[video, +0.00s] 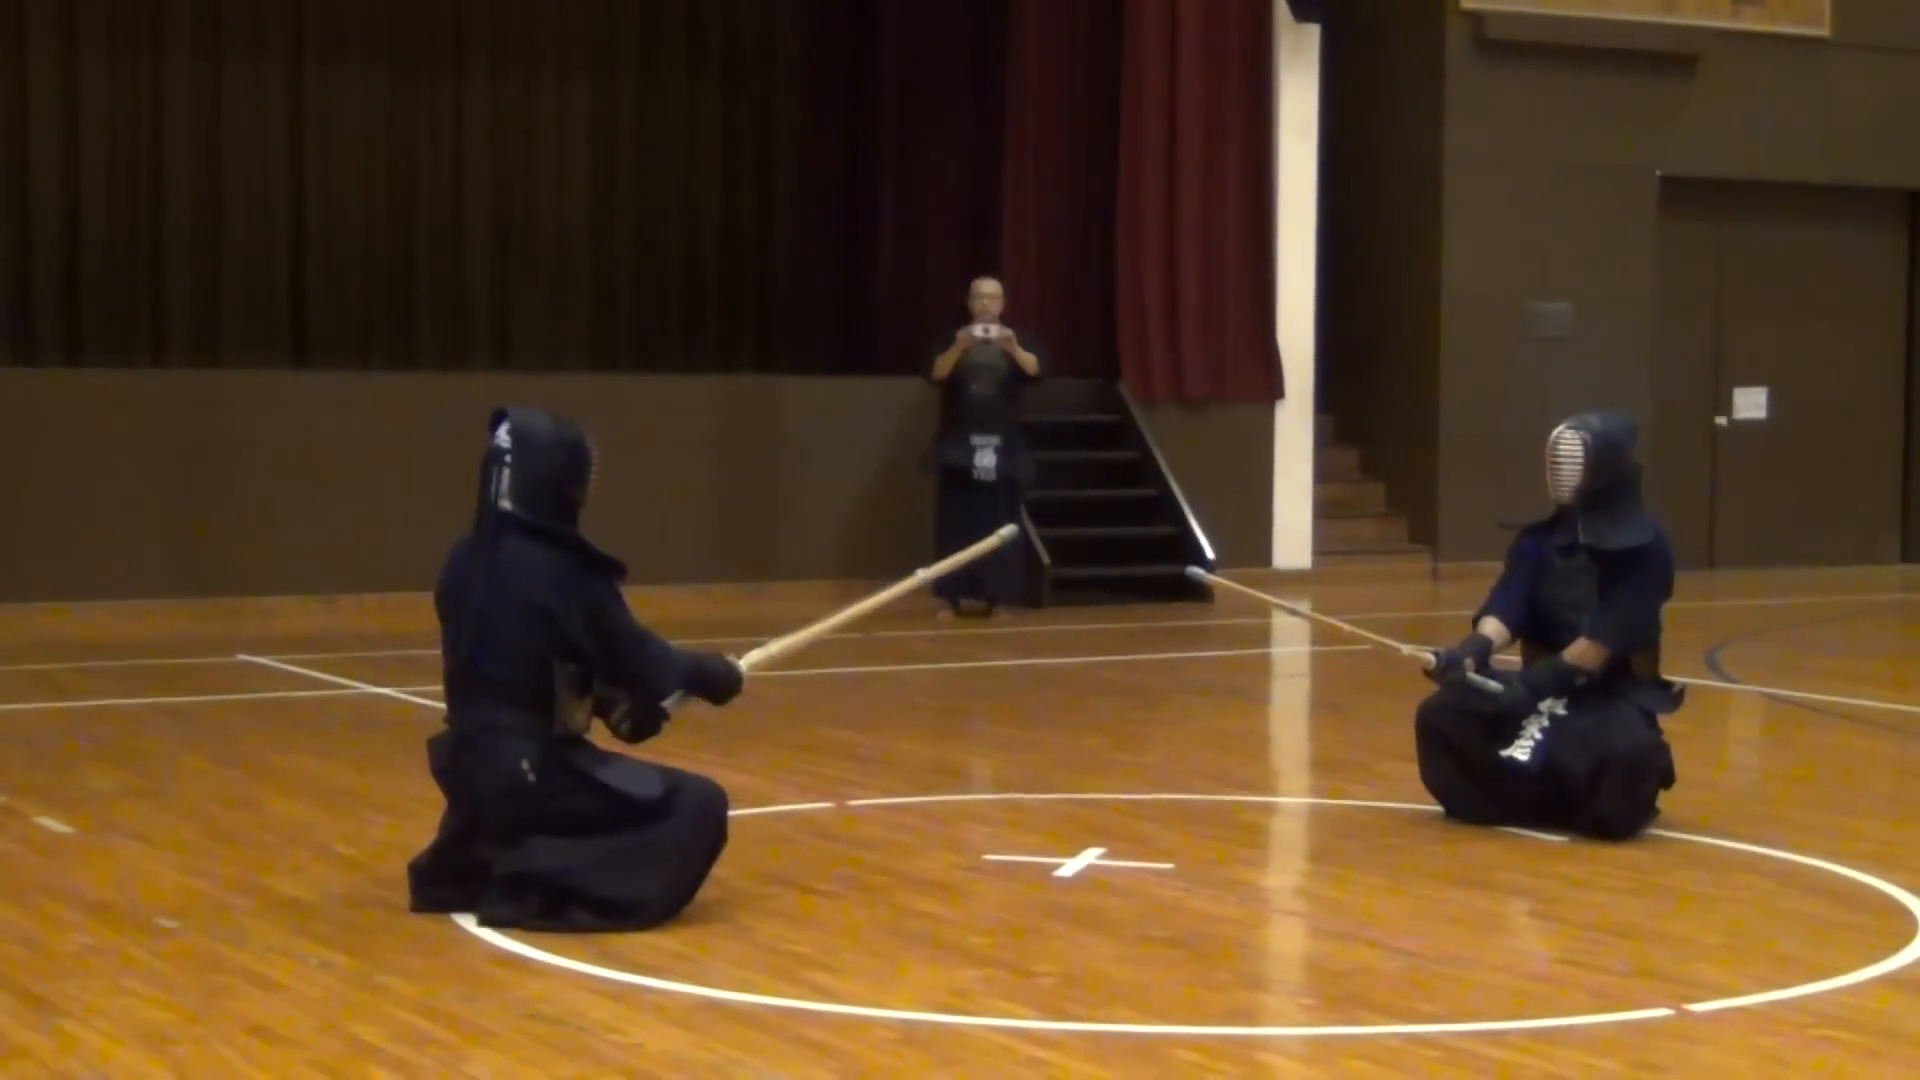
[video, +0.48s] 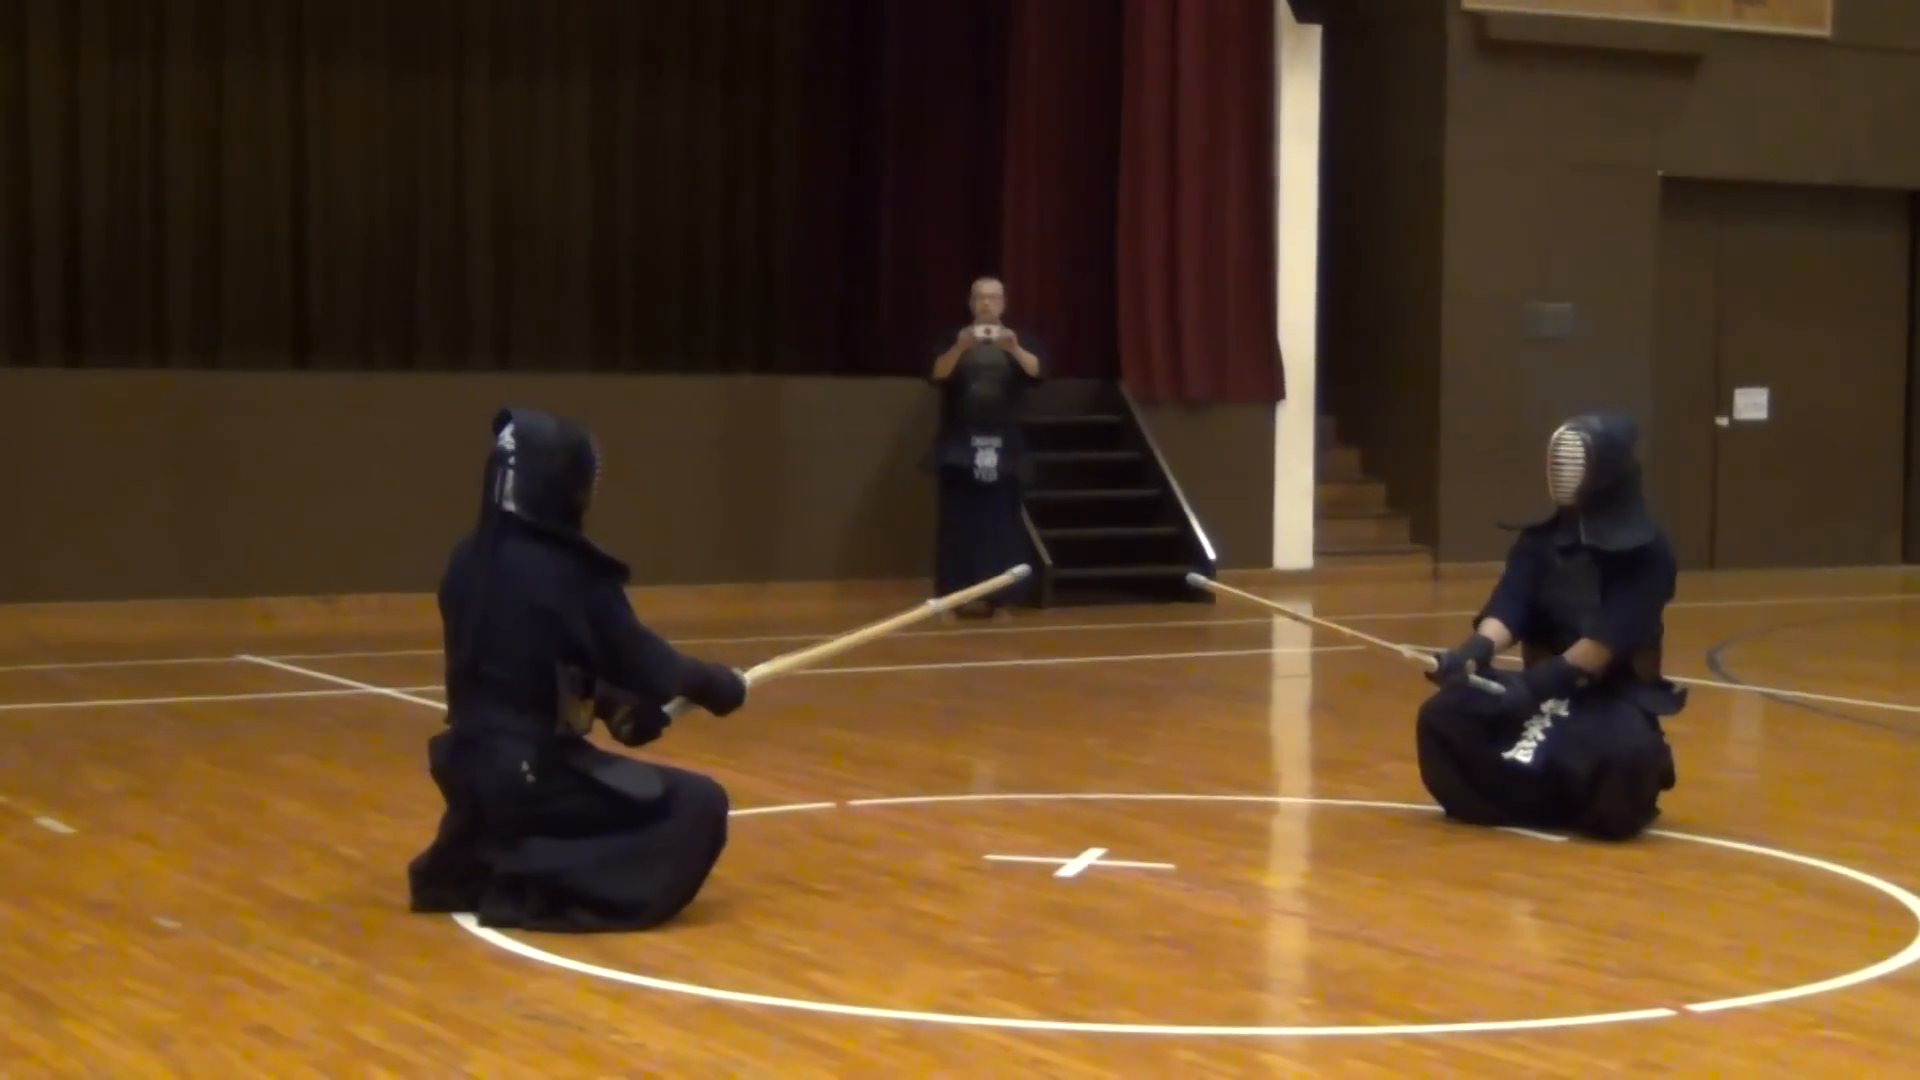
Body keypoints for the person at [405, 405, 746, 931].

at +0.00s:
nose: (583, 493)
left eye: (581, 479)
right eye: (577, 480)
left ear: (500, 478)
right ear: (555, 485)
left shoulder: (466, 558)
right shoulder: (564, 572)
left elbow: (528, 653)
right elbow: (635, 658)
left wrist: (605, 693)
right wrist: (704, 672)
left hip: (463, 763)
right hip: (532, 775)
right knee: (696, 806)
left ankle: (455, 869)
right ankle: (540, 884)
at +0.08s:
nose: (582, 492)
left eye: (581, 478)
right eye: (576, 479)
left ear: (499, 477)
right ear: (555, 485)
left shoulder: (465, 558)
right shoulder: (565, 571)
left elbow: (528, 655)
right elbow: (633, 658)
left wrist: (605, 695)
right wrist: (701, 674)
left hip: (462, 762)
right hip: (531, 775)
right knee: (696, 806)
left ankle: (456, 869)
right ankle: (542, 885)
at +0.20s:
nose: (584, 490)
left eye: (582, 476)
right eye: (578, 477)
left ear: (499, 478)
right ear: (557, 485)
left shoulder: (468, 558)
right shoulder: (566, 572)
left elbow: (528, 658)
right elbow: (635, 660)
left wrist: (608, 698)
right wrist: (702, 677)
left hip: (463, 762)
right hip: (531, 776)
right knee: (696, 806)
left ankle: (456, 868)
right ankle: (536, 886)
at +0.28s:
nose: (584, 490)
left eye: (581, 476)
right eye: (578, 477)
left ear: (498, 478)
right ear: (561, 486)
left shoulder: (467, 560)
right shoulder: (567, 574)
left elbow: (529, 658)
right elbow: (634, 658)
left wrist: (608, 698)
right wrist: (701, 677)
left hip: (462, 762)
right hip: (531, 777)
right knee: (697, 806)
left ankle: (452, 869)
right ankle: (537, 885)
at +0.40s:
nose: (586, 493)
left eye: (584, 478)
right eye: (580, 479)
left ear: (501, 478)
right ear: (560, 486)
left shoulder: (469, 559)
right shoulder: (570, 572)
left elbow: (532, 657)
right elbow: (638, 659)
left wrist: (612, 700)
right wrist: (711, 682)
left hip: (462, 762)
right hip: (532, 776)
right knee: (697, 805)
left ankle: (461, 864)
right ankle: (538, 882)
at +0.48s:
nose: (587, 492)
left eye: (585, 478)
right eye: (581, 479)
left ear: (503, 478)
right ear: (563, 486)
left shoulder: (469, 559)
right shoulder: (572, 572)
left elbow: (529, 659)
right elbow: (640, 662)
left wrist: (611, 699)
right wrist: (713, 683)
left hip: (462, 764)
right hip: (531, 777)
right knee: (697, 805)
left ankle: (457, 867)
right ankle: (540, 885)